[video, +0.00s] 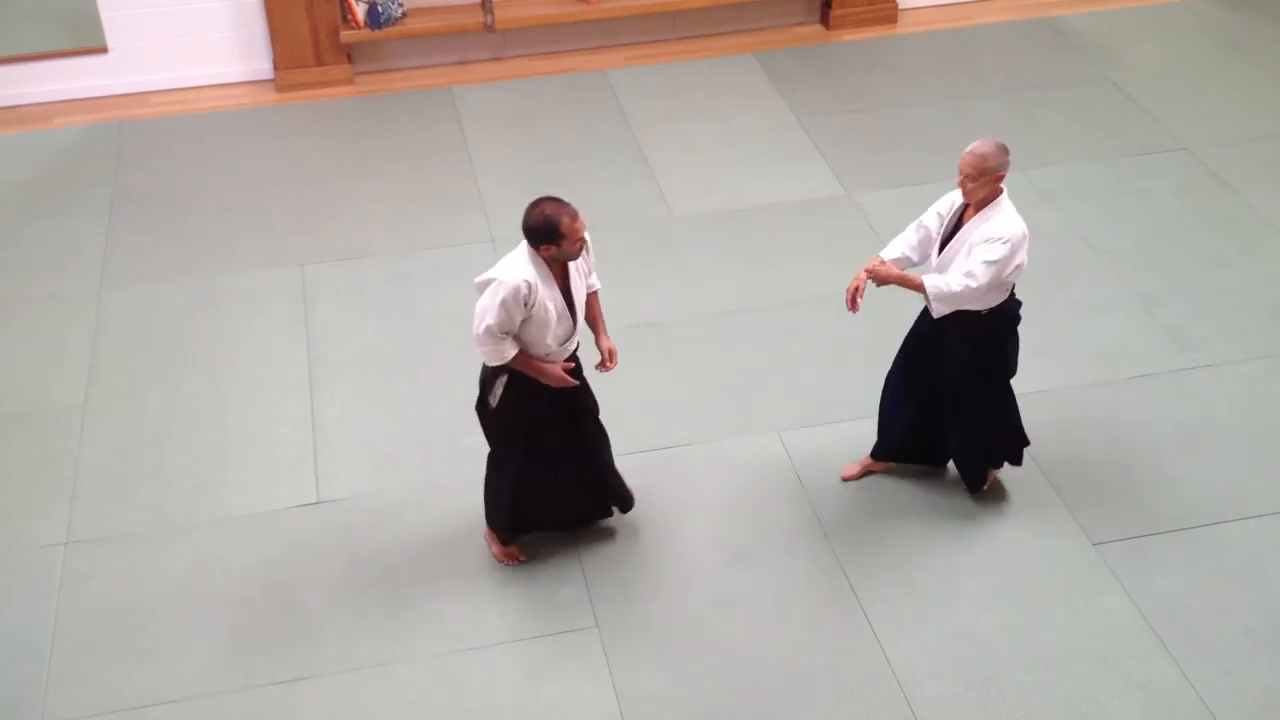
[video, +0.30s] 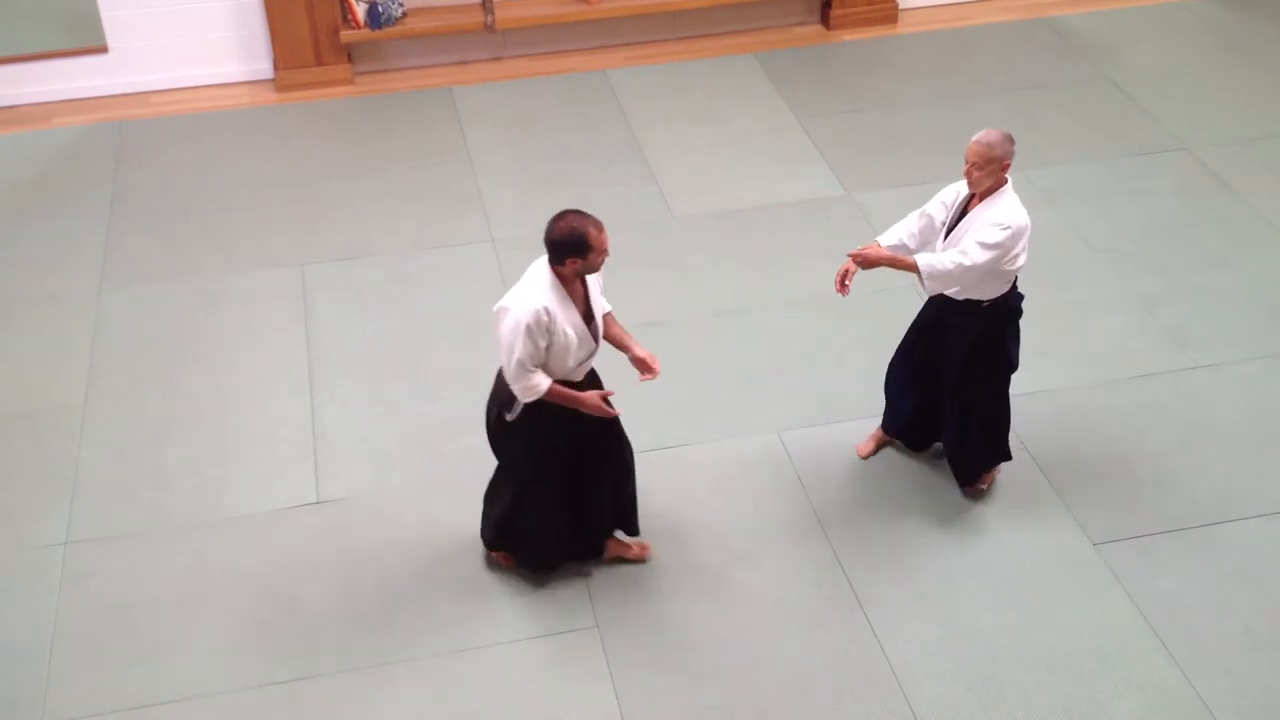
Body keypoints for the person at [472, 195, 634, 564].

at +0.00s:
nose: (584, 239)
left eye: (582, 233)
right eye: (576, 237)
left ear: (551, 245)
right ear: (548, 249)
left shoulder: (578, 245)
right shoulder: (513, 283)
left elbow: (589, 288)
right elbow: (490, 342)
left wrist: (601, 335)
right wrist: (542, 370)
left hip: (563, 365)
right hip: (515, 379)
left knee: (587, 431)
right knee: (510, 456)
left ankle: (606, 487)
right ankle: (497, 530)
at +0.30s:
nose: (606, 255)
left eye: (605, 249)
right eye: (601, 253)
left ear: (574, 261)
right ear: (573, 263)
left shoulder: (585, 274)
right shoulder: (527, 309)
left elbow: (601, 315)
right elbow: (522, 378)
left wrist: (631, 348)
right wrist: (578, 399)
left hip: (580, 384)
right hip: (529, 403)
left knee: (609, 451)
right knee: (530, 472)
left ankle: (601, 538)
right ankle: (502, 542)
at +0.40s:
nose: (626, 255)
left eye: (625, 249)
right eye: (621, 252)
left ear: (594, 259)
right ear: (595, 262)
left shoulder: (601, 275)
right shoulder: (551, 312)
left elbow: (615, 318)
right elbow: (551, 384)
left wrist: (654, 346)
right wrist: (610, 400)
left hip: (597, 396)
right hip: (552, 411)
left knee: (621, 469)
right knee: (553, 482)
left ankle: (627, 549)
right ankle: (508, 526)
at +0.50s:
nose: (646, 249)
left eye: (645, 243)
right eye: (642, 246)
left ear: (615, 254)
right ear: (618, 257)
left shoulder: (617, 272)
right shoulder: (576, 310)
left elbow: (636, 315)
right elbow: (587, 385)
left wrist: (679, 336)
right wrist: (645, 394)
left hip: (610, 400)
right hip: (571, 414)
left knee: (633, 475)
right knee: (581, 493)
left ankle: (629, 553)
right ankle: (523, 522)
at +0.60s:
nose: (665, 240)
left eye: (663, 234)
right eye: (660, 236)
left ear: (632, 245)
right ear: (638, 248)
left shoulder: (625, 268)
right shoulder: (601, 304)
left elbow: (657, 309)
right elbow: (632, 377)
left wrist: (704, 321)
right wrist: (691, 377)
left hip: (619, 394)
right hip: (587, 405)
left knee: (640, 470)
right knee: (593, 485)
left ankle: (633, 550)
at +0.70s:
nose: (679, 238)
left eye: (677, 232)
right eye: (675, 234)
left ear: (643, 242)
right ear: (655, 247)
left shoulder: (628, 268)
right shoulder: (628, 302)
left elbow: (675, 303)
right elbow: (687, 359)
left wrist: (729, 308)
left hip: (629, 395)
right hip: (603, 409)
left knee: (666, 452)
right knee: (592, 487)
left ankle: (645, 540)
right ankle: (555, 552)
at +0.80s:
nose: (699, 234)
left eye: (696, 227)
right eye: (694, 230)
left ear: (664, 240)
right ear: (676, 245)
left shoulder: (641, 271)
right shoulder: (665, 297)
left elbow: (705, 299)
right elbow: (738, 338)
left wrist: (760, 295)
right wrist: (790, 317)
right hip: (626, 409)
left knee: (680, 454)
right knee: (602, 488)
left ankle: (670, 525)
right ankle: (554, 549)